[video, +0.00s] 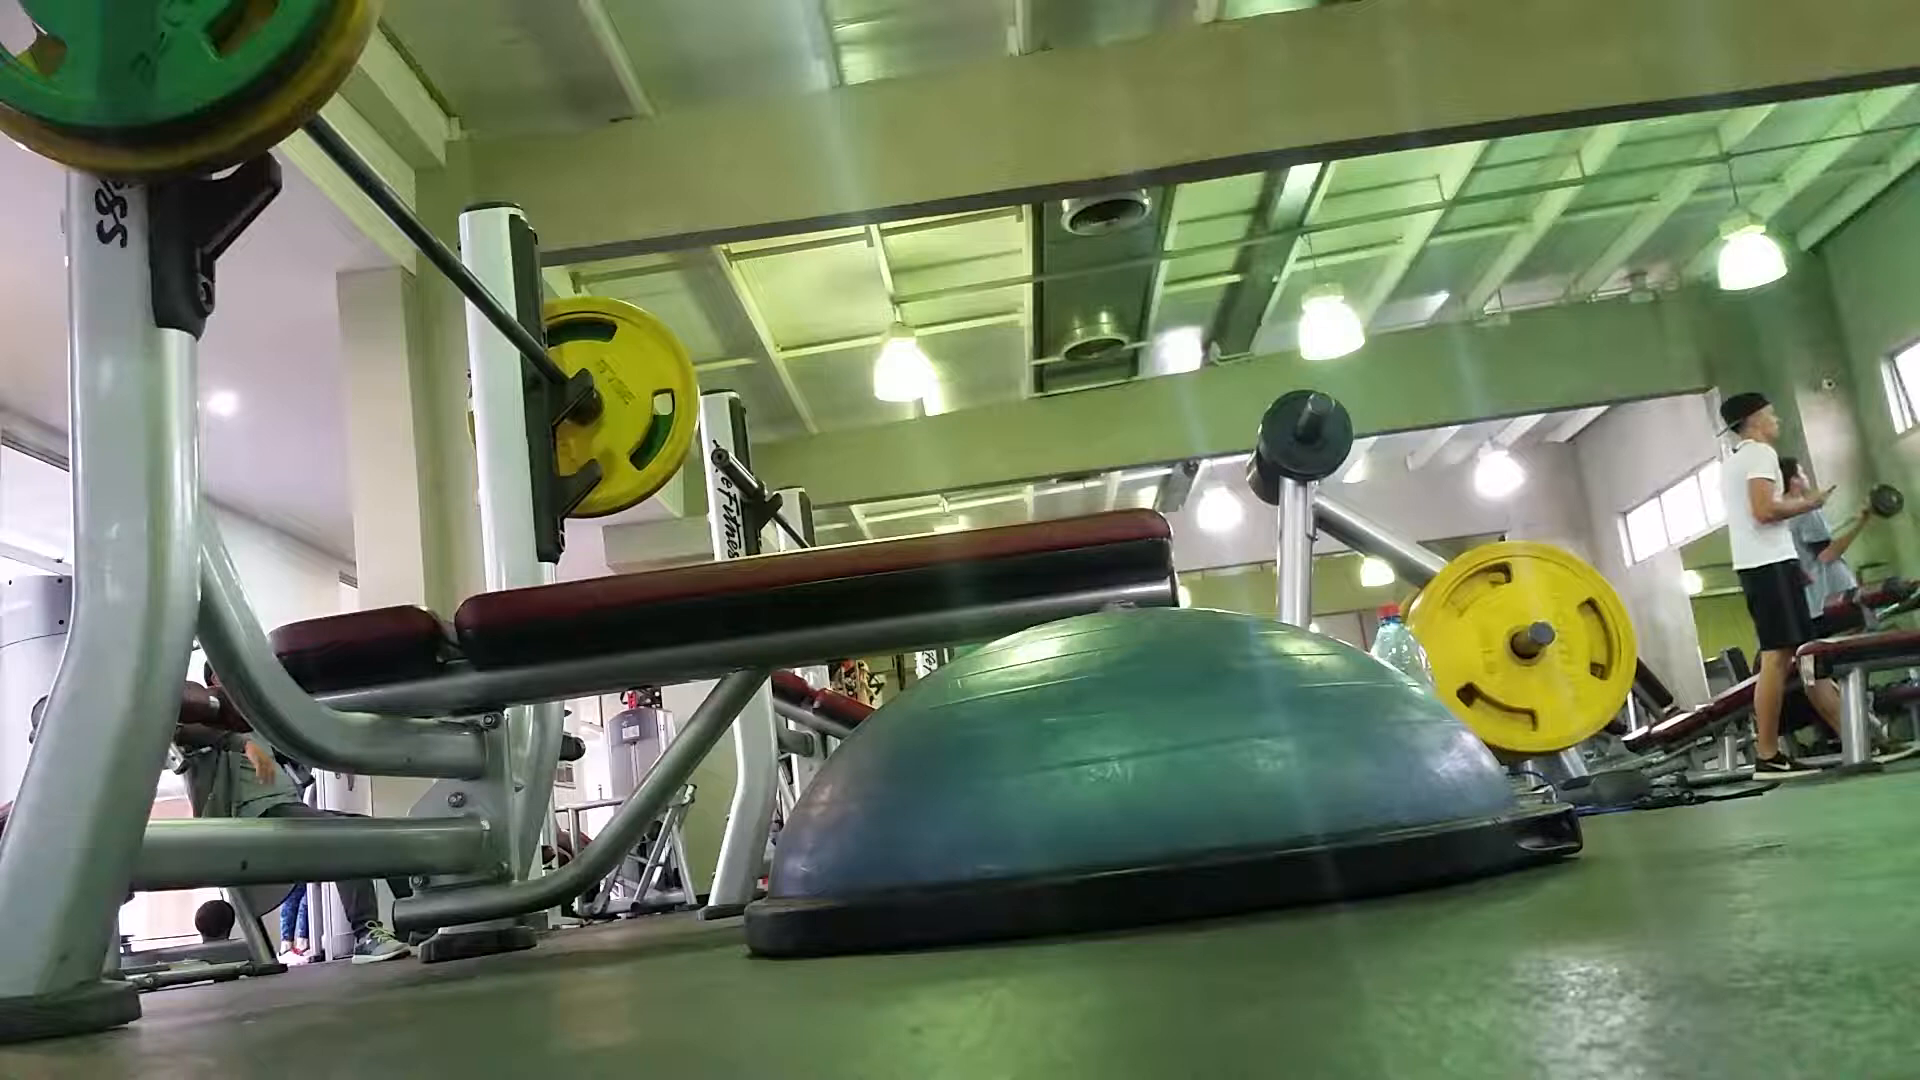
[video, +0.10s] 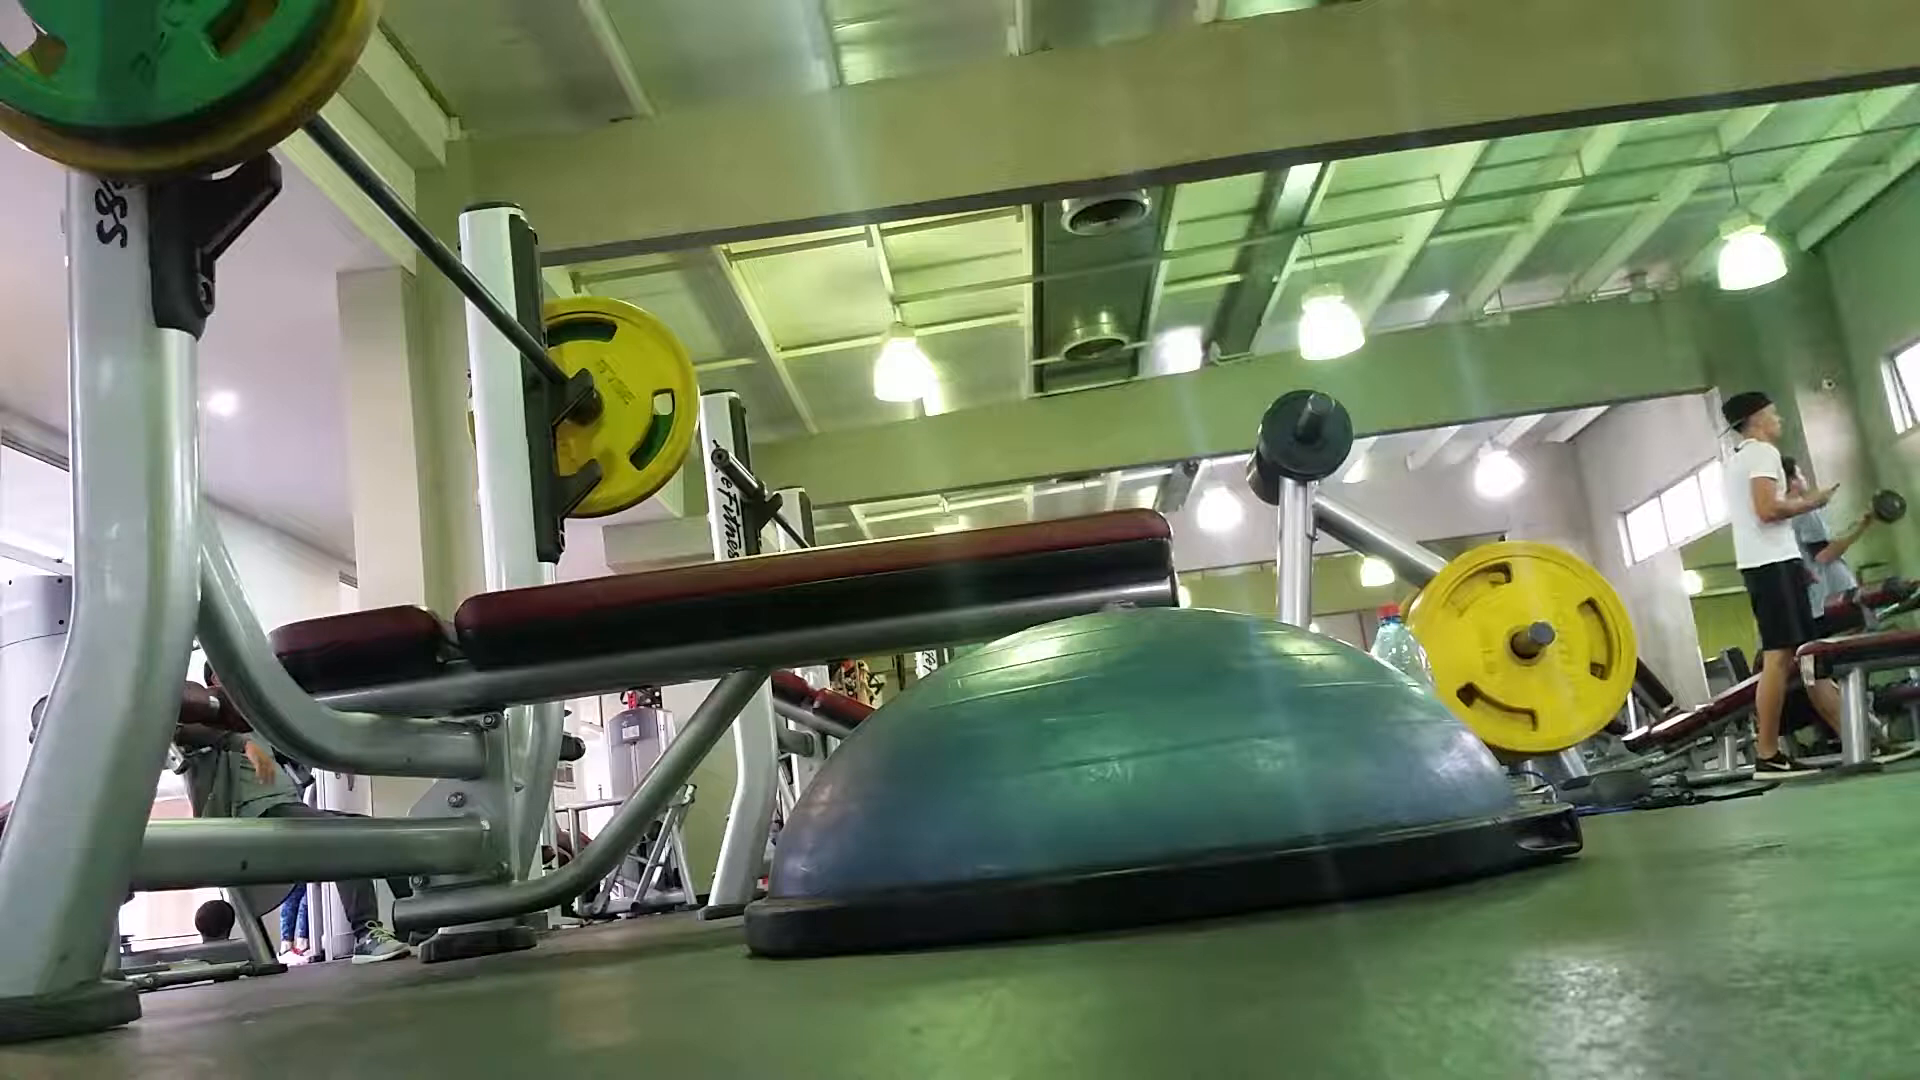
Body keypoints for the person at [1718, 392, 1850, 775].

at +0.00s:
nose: (1775, 419)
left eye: (1772, 413)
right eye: (1768, 414)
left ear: (1743, 424)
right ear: (1752, 420)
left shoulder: (1735, 459)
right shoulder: (1758, 453)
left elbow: (1758, 514)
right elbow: (1763, 509)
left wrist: (1797, 503)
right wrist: (1808, 502)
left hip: (1763, 563)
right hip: (1767, 563)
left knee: (1804, 656)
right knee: (1776, 656)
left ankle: (1860, 737)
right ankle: (1768, 753)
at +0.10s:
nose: (1777, 419)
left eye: (1774, 412)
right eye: (1771, 414)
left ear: (1746, 423)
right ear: (1755, 420)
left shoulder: (1738, 459)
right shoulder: (1762, 453)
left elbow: (1762, 511)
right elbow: (1766, 508)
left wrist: (1800, 500)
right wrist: (1811, 502)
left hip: (1766, 561)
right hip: (1771, 562)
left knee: (1807, 656)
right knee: (1778, 656)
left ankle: (1860, 737)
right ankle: (1768, 753)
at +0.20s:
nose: (1785, 416)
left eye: (1781, 410)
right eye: (1778, 411)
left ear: (1754, 422)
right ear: (1761, 418)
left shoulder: (1743, 460)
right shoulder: (1769, 449)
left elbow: (1765, 514)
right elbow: (1776, 505)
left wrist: (1801, 495)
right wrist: (1822, 497)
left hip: (1777, 560)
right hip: (1781, 560)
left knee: (1815, 654)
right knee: (1788, 653)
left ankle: (1859, 736)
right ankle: (1769, 748)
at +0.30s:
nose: (1790, 413)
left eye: (1787, 407)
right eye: (1784, 408)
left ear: (1762, 418)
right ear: (1767, 414)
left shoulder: (1761, 454)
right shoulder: (1774, 447)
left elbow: (1784, 514)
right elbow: (1784, 502)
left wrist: (1819, 550)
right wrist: (1830, 493)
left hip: (1794, 559)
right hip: (1789, 559)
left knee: (1821, 652)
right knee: (1803, 651)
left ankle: (1854, 738)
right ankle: (1772, 742)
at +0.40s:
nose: (1796, 412)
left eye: (1793, 406)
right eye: (1790, 407)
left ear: (1767, 416)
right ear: (1774, 413)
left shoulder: (1770, 451)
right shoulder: (1777, 447)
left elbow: (1794, 511)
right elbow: (1789, 501)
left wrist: (1830, 552)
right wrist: (1837, 491)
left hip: (1800, 558)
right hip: (1799, 559)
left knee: (1821, 653)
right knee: (1817, 652)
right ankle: (1779, 739)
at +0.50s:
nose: (1807, 413)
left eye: (1804, 406)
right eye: (1799, 407)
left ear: (1776, 416)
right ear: (1779, 413)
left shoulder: (1780, 450)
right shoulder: (1783, 446)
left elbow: (1796, 509)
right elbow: (1792, 502)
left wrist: (1835, 547)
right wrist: (1844, 491)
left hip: (1809, 556)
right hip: (1806, 557)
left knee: (1840, 640)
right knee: (1840, 638)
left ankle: (1853, 734)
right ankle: (1798, 726)